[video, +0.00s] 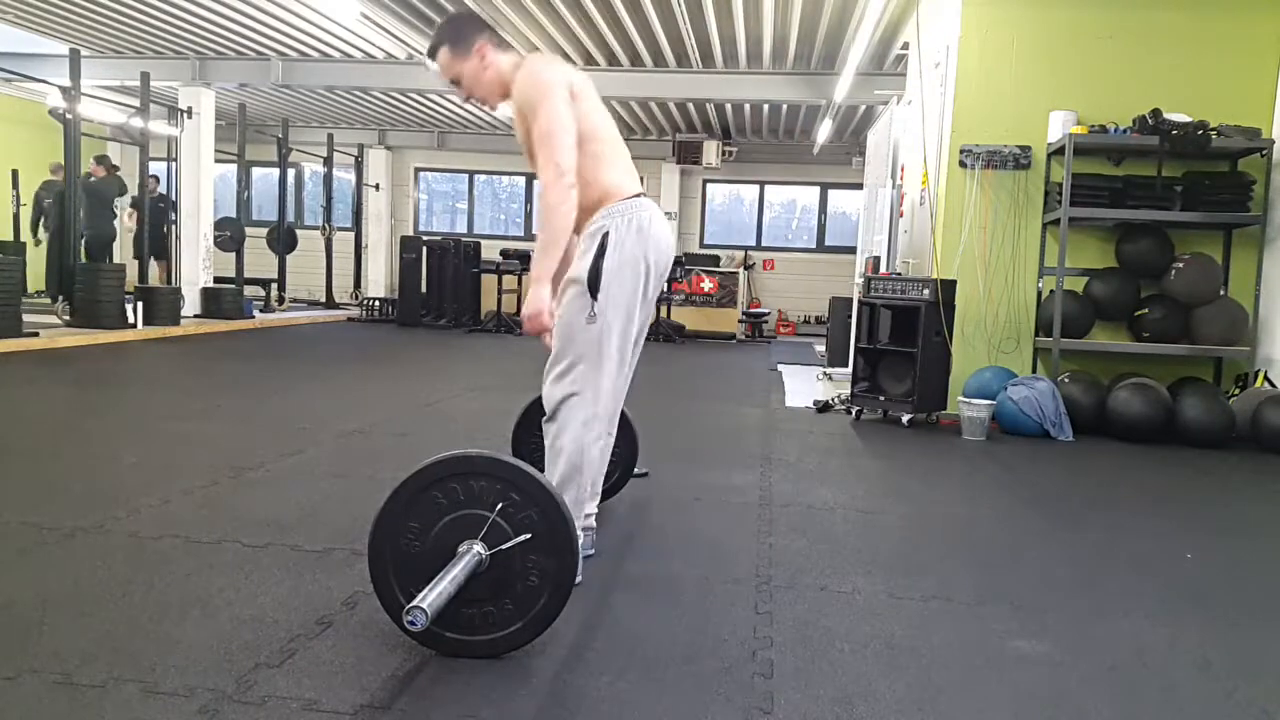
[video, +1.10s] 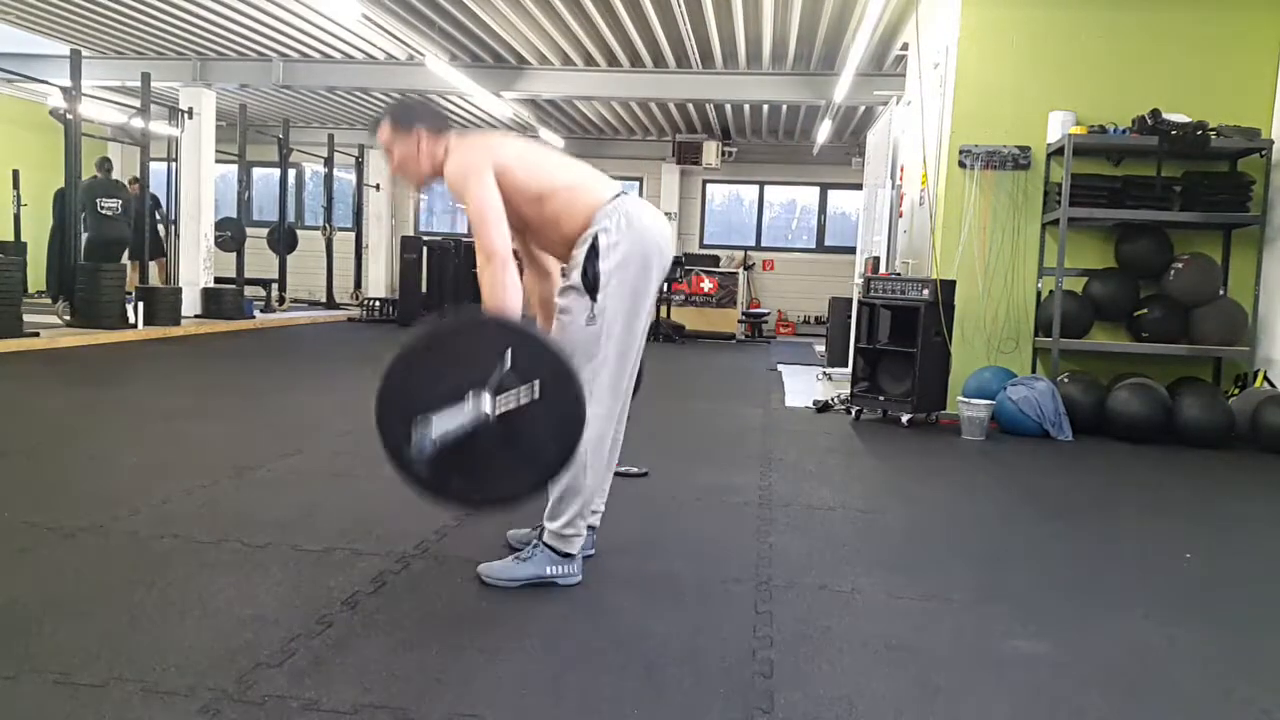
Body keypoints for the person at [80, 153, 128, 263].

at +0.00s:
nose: (90, 167)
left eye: (92, 164)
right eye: (90, 164)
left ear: (101, 167)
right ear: (106, 167)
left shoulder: (90, 185)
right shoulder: (115, 181)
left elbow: (81, 183)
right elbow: (123, 191)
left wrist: (88, 174)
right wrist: (114, 174)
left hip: (93, 229)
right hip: (109, 228)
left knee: (94, 266)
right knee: (105, 265)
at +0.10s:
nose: (89, 167)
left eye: (91, 164)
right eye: (89, 164)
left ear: (99, 167)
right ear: (103, 167)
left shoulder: (88, 184)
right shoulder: (115, 181)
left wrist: (85, 175)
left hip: (92, 229)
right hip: (109, 228)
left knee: (92, 266)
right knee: (104, 266)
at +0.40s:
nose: (89, 169)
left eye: (91, 166)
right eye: (90, 166)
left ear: (96, 167)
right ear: (108, 167)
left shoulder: (86, 184)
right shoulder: (119, 185)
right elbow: (120, 209)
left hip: (93, 231)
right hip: (114, 233)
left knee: (91, 270)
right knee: (107, 269)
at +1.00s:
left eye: (97, 169)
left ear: (97, 170)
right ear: (112, 169)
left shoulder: (88, 186)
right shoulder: (122, 187)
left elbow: (79, 211)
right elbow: (130, 213)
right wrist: (128, 231)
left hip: (97, 234)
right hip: (121, 234)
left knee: (90, 272)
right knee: (111, 271)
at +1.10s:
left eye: (97, 169)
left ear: (97, 169)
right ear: (111, 169)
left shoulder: (87, 186)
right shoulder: (122, 187)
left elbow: (79, 209)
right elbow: (130, 213)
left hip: (97, 234)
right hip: (121, 233)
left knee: (90, 271)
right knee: (111, 270)